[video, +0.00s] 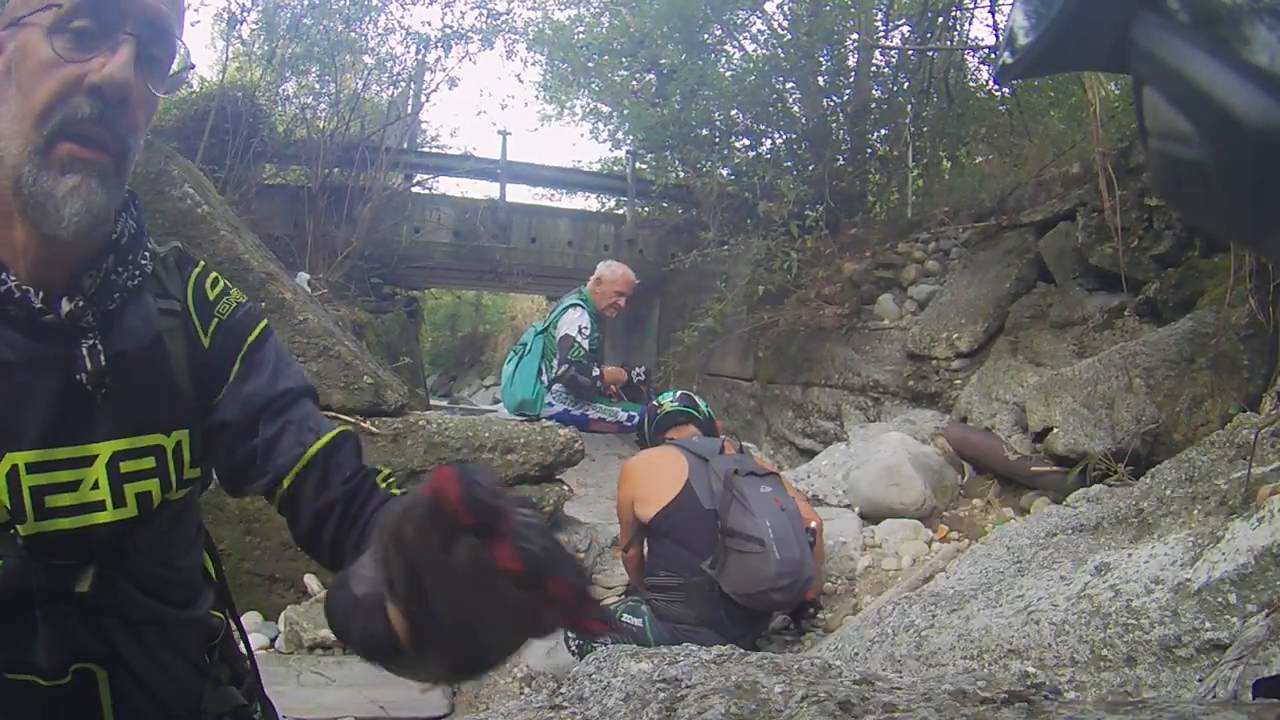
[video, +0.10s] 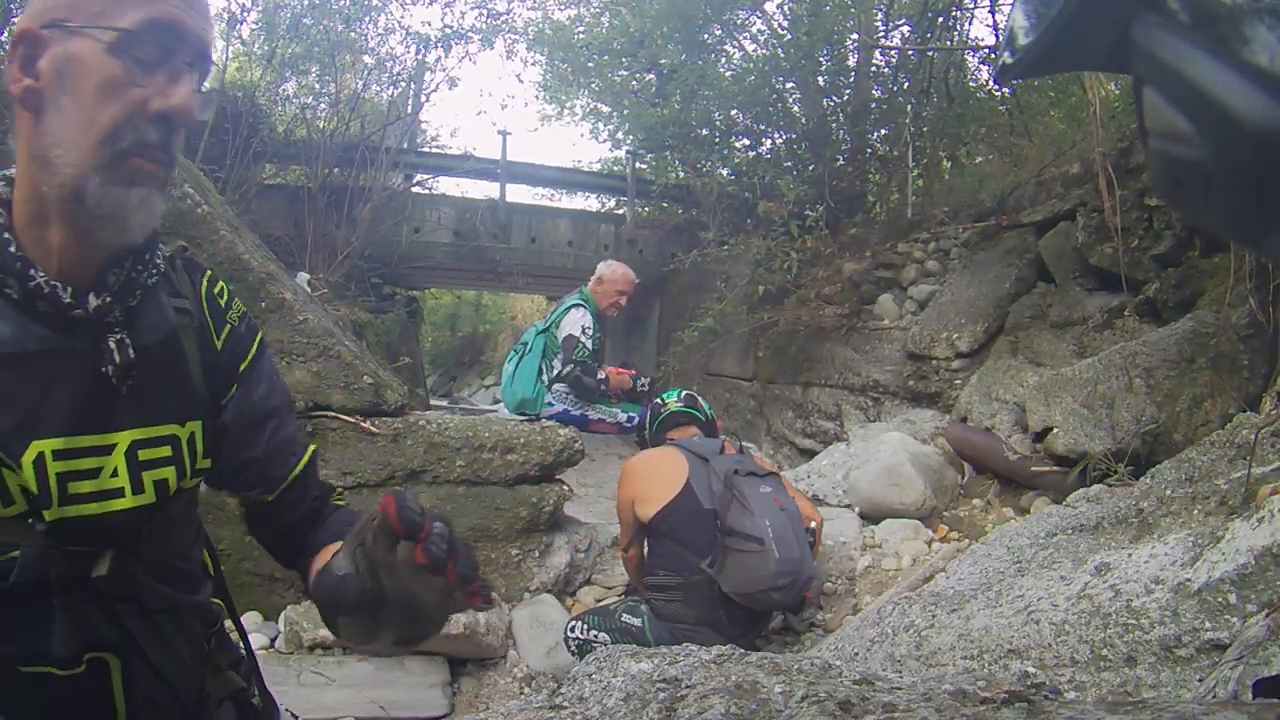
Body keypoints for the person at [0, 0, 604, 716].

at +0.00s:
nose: (119, 77)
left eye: (151, 58)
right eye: (77, 32)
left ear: (158, 104)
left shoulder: (182, 305)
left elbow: (342, 505)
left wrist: (436, 591)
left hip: (184, 689)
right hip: (29, 687)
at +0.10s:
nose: (183, 105)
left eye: (198, 78)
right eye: (148, 54)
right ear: (27, 68)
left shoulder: (193, 308)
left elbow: (304, 517)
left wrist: (371, 591)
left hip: (195, 695)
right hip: (29, 700)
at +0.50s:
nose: (320, 256)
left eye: (331, 225)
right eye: (326, 216)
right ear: (262, 173)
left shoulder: (201, 327)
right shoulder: (46, 302)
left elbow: (166, 520)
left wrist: (249, 595)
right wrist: (145, 692)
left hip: (204, 668)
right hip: (60, 700)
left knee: (351, 716)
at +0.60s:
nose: (328, 280)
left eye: (338, 255)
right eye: (334, 247)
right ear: (282, 206)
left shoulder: (203, 330)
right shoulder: (83, 314)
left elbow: (155, 521)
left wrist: (237, 597)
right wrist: (146, 701)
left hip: (186, 659)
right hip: (64, 696)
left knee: (342, 708)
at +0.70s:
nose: (333, 303)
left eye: (344, 282)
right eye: (341, 275)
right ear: (300, 240)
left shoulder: (216, 336)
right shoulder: (120, 319)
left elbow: (145, 519)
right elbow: (2, 537)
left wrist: (230, 595)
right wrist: (129, 702)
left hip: (194, 658)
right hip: (94, 694)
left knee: (334, 699)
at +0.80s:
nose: (335, 321)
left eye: (347, 302)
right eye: (346, 296)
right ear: (314, 265)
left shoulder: (221, 334)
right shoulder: (161, 317)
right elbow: (4, 474)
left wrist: (222, 591)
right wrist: (129, 701)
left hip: (192, 649)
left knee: (326, 689)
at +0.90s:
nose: (339, 326)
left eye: (352, 308)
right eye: (351, 302)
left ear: (262, 242)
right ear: (323, 276)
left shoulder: (233, 329)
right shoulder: (185, 310)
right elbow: (25, 448)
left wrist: (216, 602)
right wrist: (136, 697)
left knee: (320, 687)